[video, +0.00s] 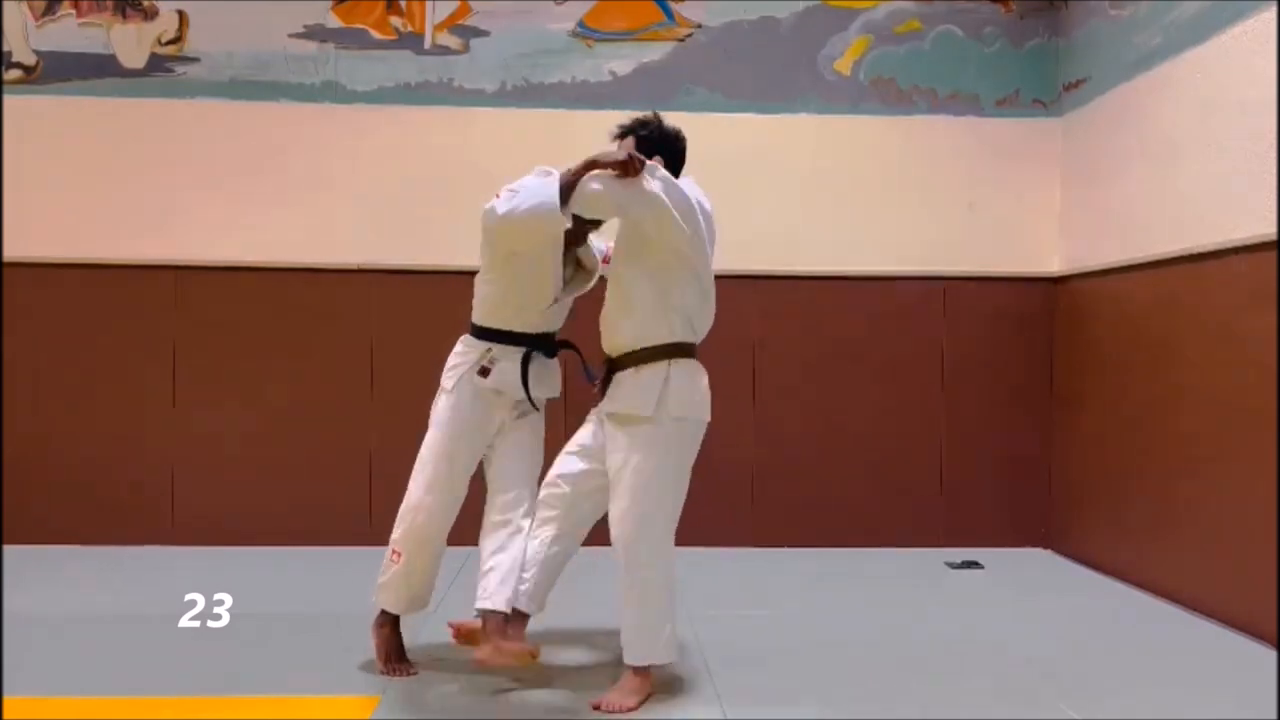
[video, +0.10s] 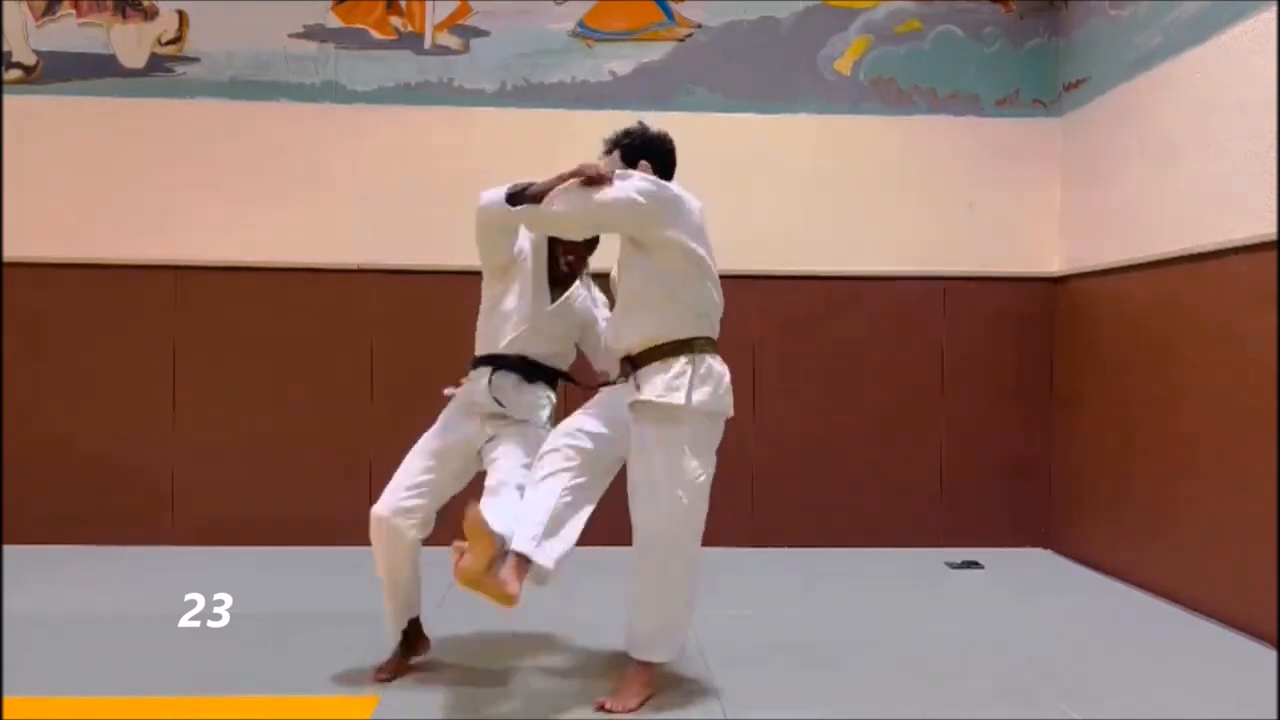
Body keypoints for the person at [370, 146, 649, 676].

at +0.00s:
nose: (590, 227)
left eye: (593, 223)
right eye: (584, 217)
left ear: (590, 223)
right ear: (563, 200)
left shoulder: (582, 254)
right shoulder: (508, 219)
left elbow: (620, 247)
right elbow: (542, 192)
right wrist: (595, 167)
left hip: (531, 385)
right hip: (477, 372)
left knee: (514, 503)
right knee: (433, 496)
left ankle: (496, 621)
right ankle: (389, 618)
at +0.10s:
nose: (570, 257)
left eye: (581, 249)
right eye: (562, 245)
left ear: (592, 252)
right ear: (543, 238)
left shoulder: (588, 303)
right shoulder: (509, 260)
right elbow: (492, 207)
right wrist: (565, 180)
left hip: (528, 414)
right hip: (474, 400)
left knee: (509, 489)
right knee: (391, 516)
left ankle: (484, 551)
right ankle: (410, 636)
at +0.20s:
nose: (564, 336)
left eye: (576, 329)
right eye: (561, 327)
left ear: (600, 334)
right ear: (553, 328)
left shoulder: (608, 375)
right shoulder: (524, 359)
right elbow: (486, 303)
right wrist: (521, 269)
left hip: (547, 467)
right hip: (490, 468)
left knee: (531, 479)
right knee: (366, 530)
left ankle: (506, 508)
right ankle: (412, 650)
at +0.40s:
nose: (625, 515)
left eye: (636, 512)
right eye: (630, 507)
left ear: (660, 522)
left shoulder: (664, 565)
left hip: (562, 631)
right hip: (517, 629)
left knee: (528, 498)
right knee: (434, 560)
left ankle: (405, 550)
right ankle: (395, 648)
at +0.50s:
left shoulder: (664, 554)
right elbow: (597, 576)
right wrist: (603, 528)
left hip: (556, 613)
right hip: (531, 646)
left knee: (531, 474)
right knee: (458, 586)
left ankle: (414, 449)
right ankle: (360, 567)